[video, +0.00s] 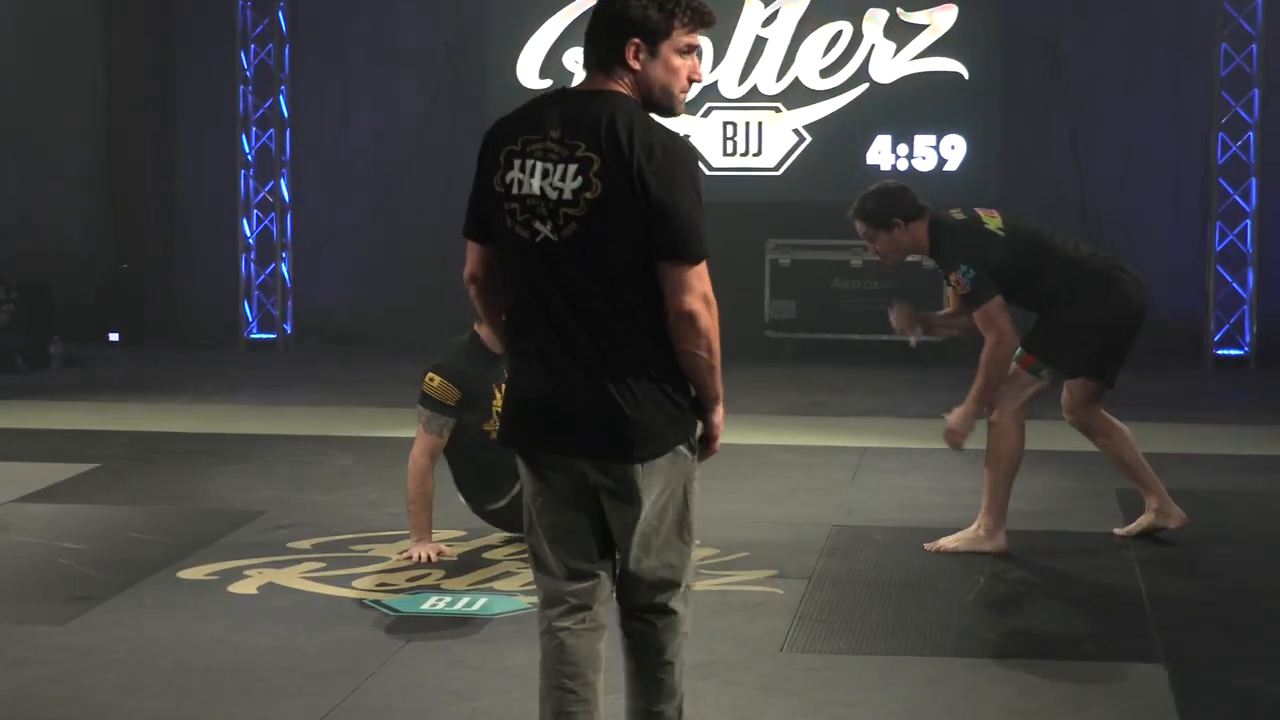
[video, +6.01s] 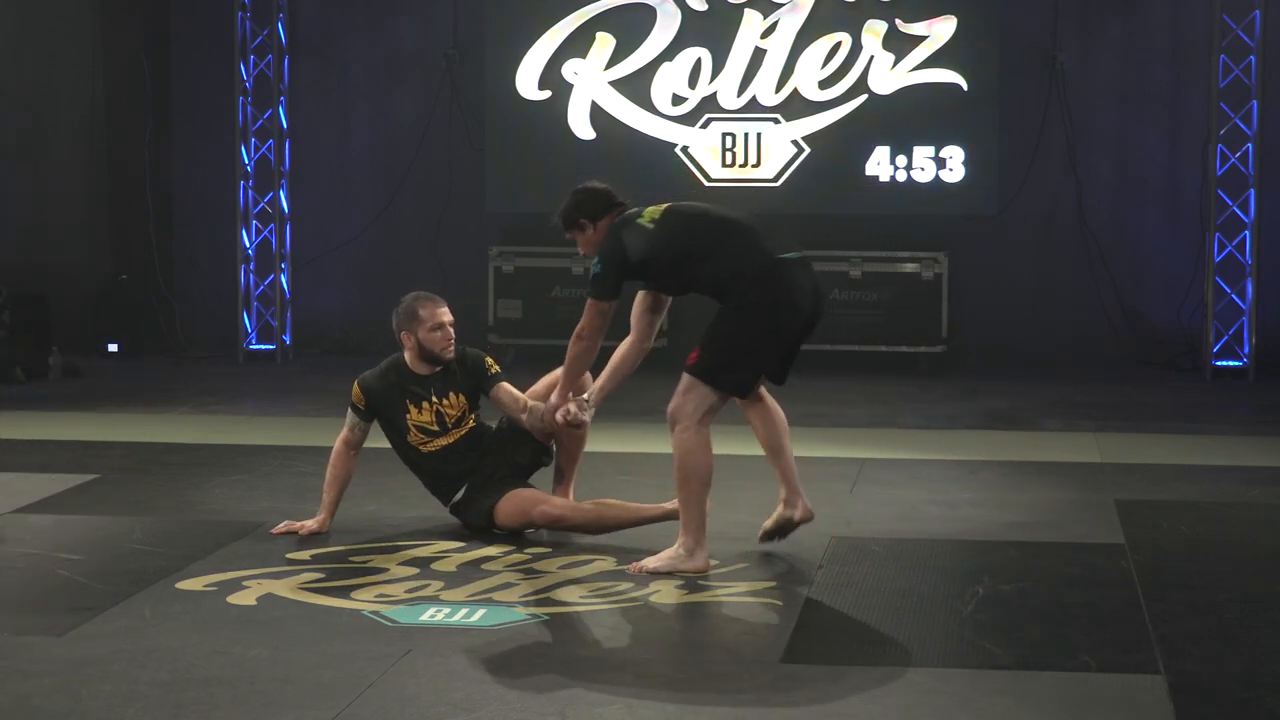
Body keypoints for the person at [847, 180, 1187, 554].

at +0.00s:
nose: (870, 250)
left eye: (871, 239)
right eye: (867, 242)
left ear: (899, 226)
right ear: (903, 223)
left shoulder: (956, 248)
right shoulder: (954, 233)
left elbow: (1002, 336)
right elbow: (966, 319)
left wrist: (971, 407)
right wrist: (923, 324)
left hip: (1089, 302)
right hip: (1118, 293)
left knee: (1005, 403)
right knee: (1080, 406)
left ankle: (989, 527)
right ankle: (1162, 505)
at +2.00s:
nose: (838, 172)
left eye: (841, 160)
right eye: (835, 161)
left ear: (871, 151)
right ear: (875, 152)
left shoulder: (922, 187)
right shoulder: (920, 178)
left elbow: (965, 276)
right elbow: (963, 269)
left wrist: (968, 358)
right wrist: (966, 348)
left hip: (1027, 308)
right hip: (1002, 306)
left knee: (1033, 433)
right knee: (952, 416)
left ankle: (1096, 542)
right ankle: (896, 525)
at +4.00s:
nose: (709, 283)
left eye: (708, 272)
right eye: (704, 274)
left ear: (732, 259)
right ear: (735, 250)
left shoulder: (780, 279)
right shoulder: (770, 241)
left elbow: (791, 361)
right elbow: (726, 312)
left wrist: (743, 366)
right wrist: (670, 369)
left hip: (916, 317)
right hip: (916, 308)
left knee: (822, 409)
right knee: (834, 418)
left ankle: (859, 526)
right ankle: (785, 519)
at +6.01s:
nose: (580, 249)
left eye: (577, 238)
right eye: (575, 241)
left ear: (593, 223)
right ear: (615, 211)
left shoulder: (614, 244)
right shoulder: (663, 235)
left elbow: (587, 334)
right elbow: (639, 338)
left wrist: (561, 395)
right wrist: (593, 397)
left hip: (761, 294)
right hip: (797, 285)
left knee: (686, 414)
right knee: (748, 387)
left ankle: (691, 547)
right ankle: (793, 500)